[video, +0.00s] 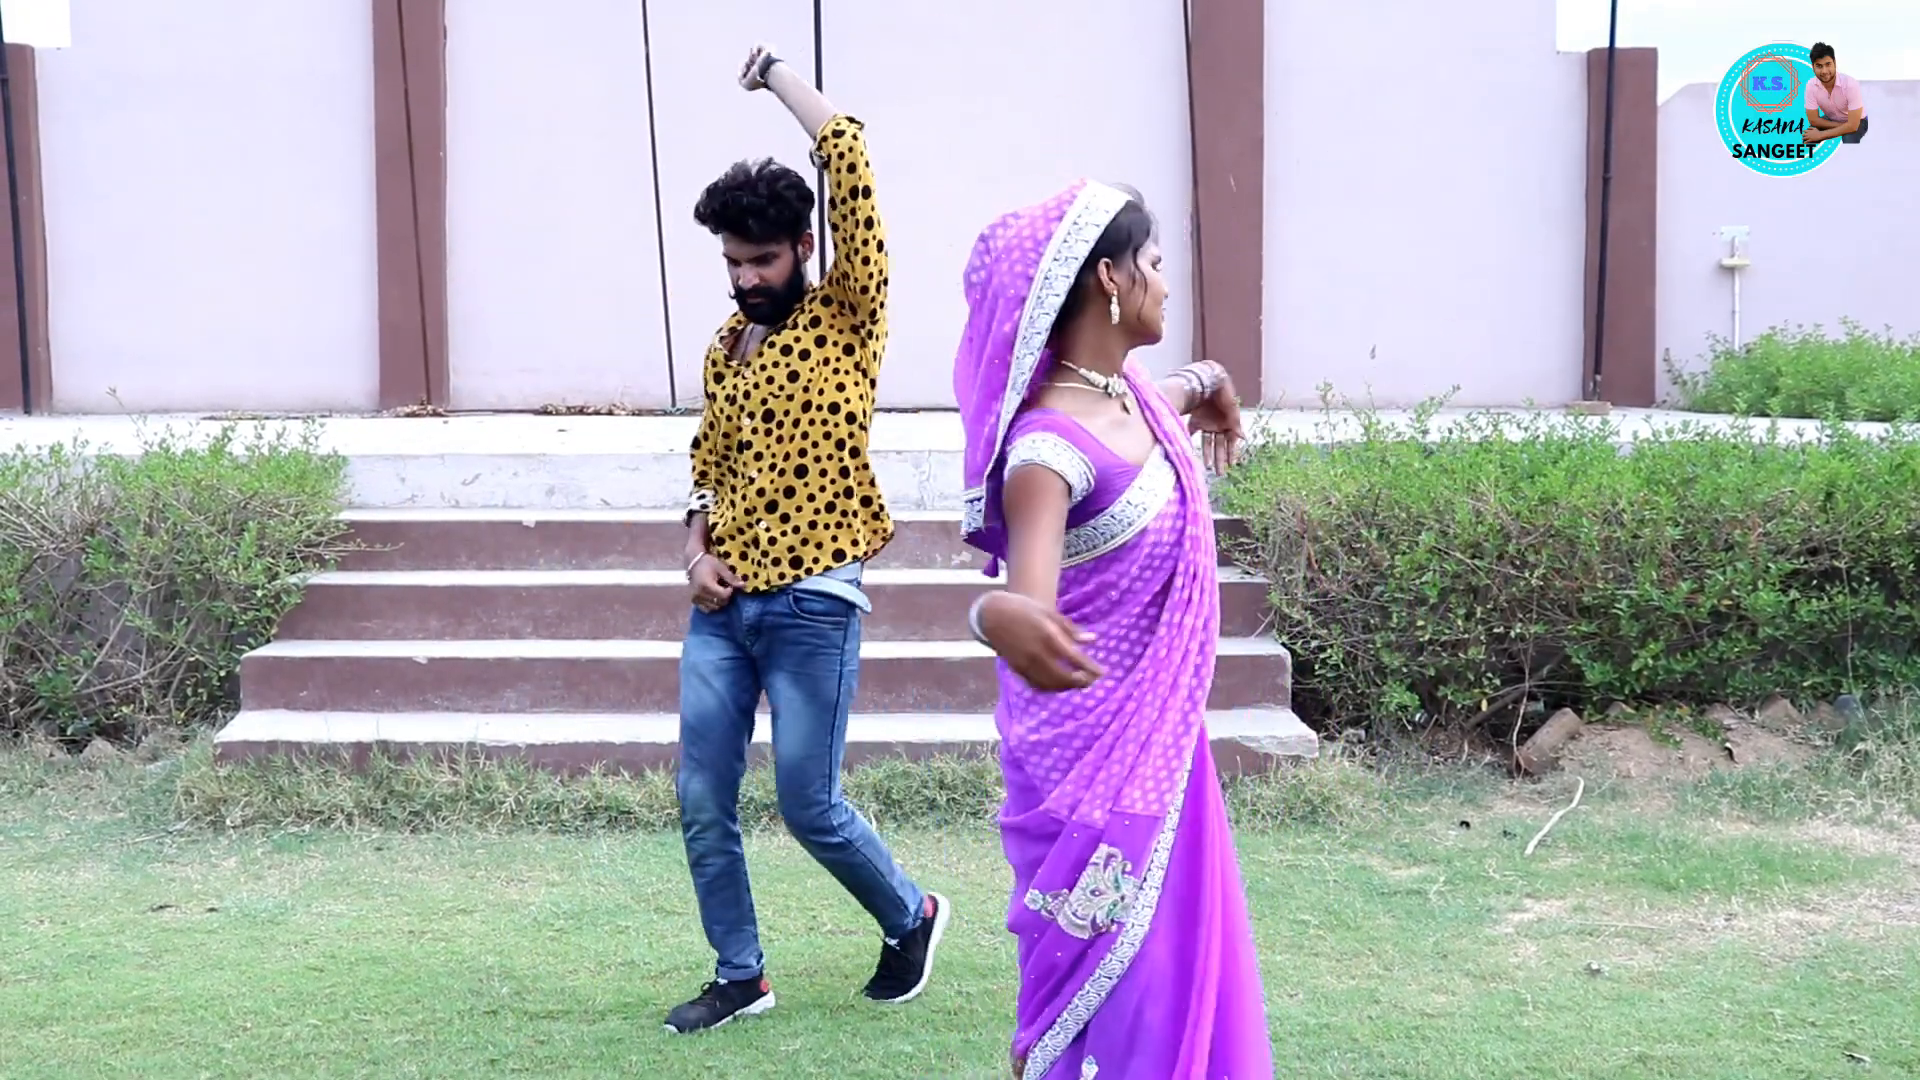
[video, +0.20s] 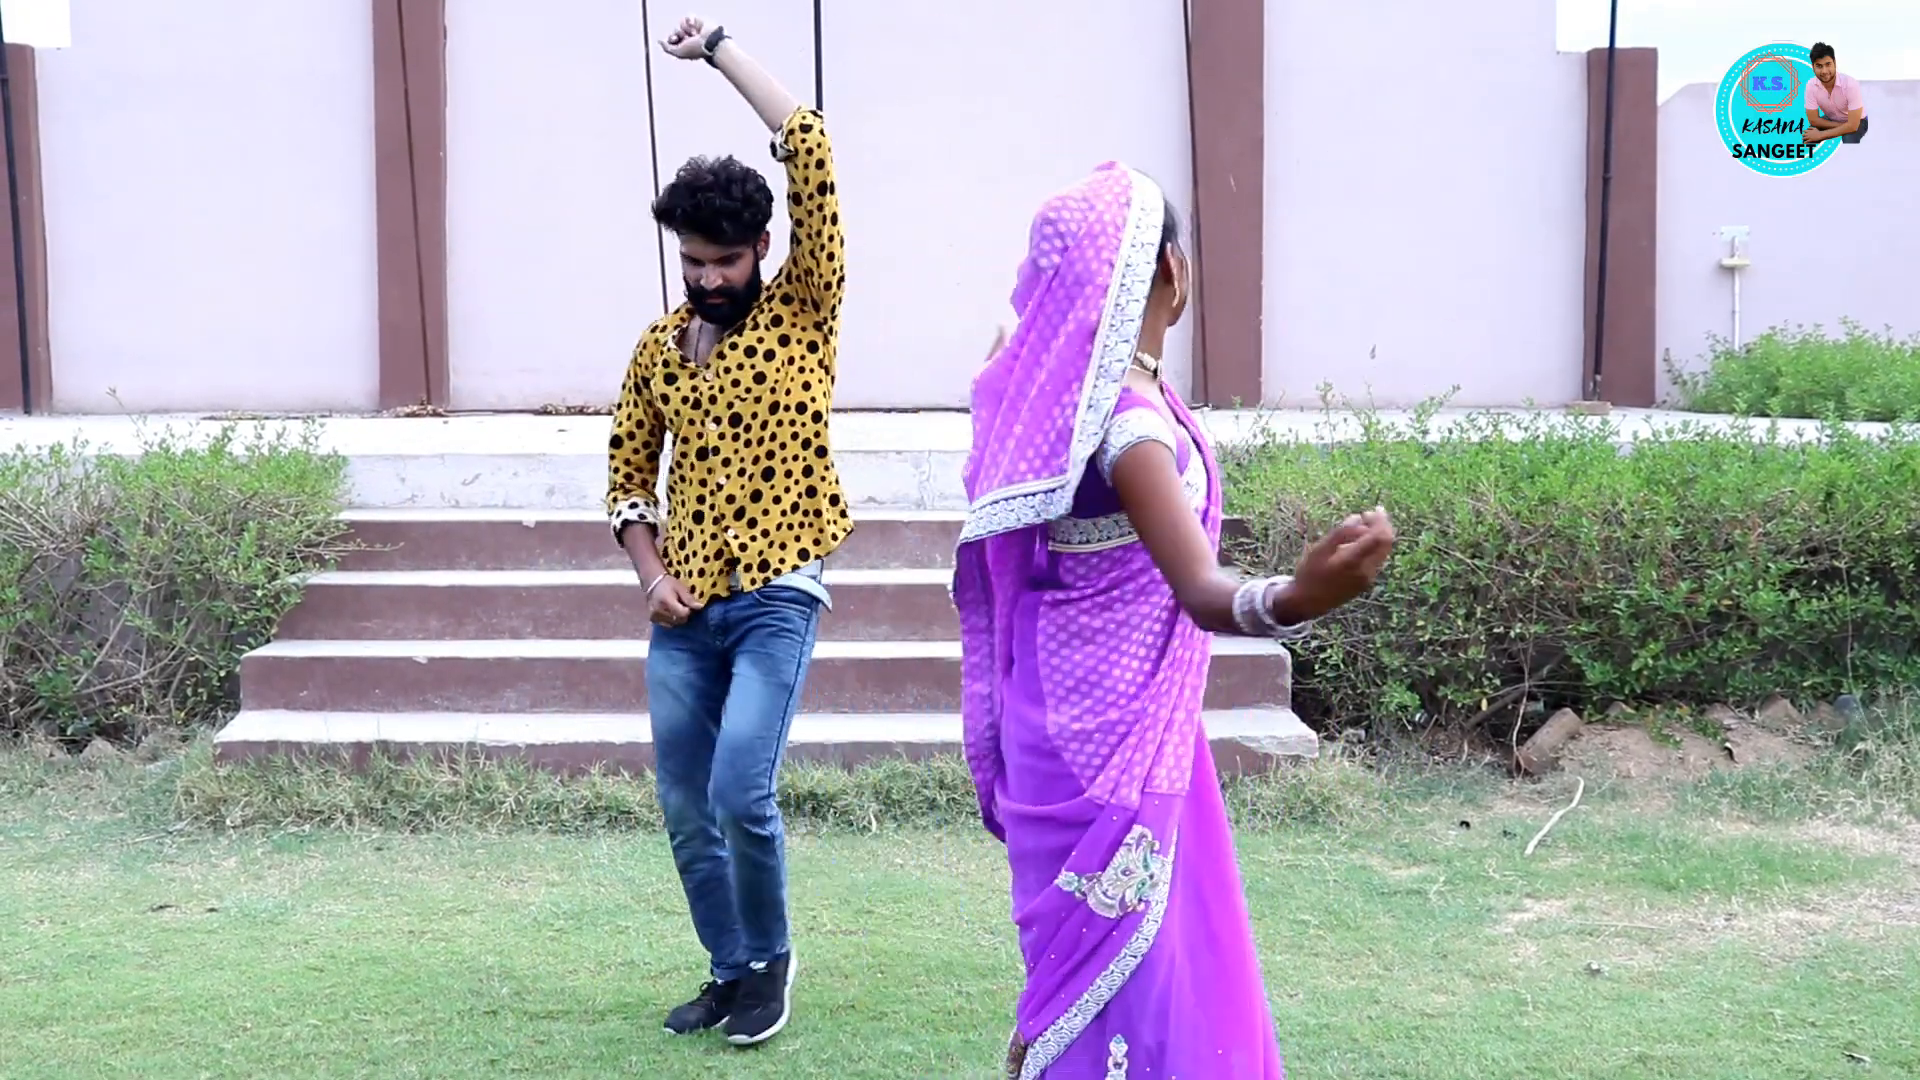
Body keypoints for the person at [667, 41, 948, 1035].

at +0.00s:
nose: (747, 276)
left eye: (762, 260)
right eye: (734, 262)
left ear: (803, 245)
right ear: (723, 254)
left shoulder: (847, 316)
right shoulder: (728, 344)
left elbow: (851, 169)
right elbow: (711, 462)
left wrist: (781, 78)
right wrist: (699, 545)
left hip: (814, 603)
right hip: (723, 605)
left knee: (809, 806)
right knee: (703, 802)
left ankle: (912, 919)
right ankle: (739, 977)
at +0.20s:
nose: (702, 278)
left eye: (719, 262)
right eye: (689, 260)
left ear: (761, 246)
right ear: (675, 247)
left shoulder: (803, 311)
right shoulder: (662, 344)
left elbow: (807, 148)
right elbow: (627, 474)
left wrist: (717, 50)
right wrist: (652, 573)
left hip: (779, 595)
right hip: (686, 604)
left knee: (740, 789)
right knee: (686, 805)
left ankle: (766, 964)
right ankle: (730, 972)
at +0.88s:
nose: (601, 263)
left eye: (619, 241)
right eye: (582, 247)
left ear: (662, 233)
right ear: (560, 249)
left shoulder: (703, 308)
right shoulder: (560, 360)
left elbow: (680, 136)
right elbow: (543, 482)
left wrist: (612, 3)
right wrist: (521, 526)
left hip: (720, 647)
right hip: (606, 649)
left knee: (698, 890)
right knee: (595, 875)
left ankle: (657, 1022)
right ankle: (589, 1074)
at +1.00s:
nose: (599, 289)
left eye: (615, 267)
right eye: (575, 273)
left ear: (646, 268)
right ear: (549, 280)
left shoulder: (687, 358)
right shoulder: (551, 393)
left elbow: (653, 237)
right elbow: (509, 515)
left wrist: (599, 109)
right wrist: (442, 499)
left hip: (716, 682)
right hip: (599, 682)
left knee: (721, 932)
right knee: (585, 902)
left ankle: (684, 1018)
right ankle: (599, 1074)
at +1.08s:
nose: (588, 298)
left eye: (605, 276)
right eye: (567, 281)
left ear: (638, 275)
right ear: (544, 291)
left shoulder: (682, 361)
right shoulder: (554, 403)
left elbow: (656, 323)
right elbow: (487, 498)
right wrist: (397, 454)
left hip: (720, 692)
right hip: (601, 692)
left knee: (725, 935)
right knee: (580, 906)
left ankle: (727, 1041)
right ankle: (598, 1073)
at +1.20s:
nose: (602, 274)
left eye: (622, 253)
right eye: (579, 253)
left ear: (653, 253)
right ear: (551, 258)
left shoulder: (669, 331)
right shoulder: (554, 361)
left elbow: (656, 389)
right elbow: (463, 387)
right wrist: (383, 329)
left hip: (734, 660)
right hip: (618, 666)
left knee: (733, 904)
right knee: (592, 895)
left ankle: (764, 1071)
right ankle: (608, 1073)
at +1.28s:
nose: (612, 261)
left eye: (633, 239)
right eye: (589, 240)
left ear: (664, 237)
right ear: (559, 241)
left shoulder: (675, 333)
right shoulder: (565, 323)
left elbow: (667, 444)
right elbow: (471, 301)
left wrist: (670, 545)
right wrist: (387, 235)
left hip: (740, 650)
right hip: (626, 656)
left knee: (740, 901)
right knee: (601, 881)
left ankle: (787, 1070)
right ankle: (641, 1074)